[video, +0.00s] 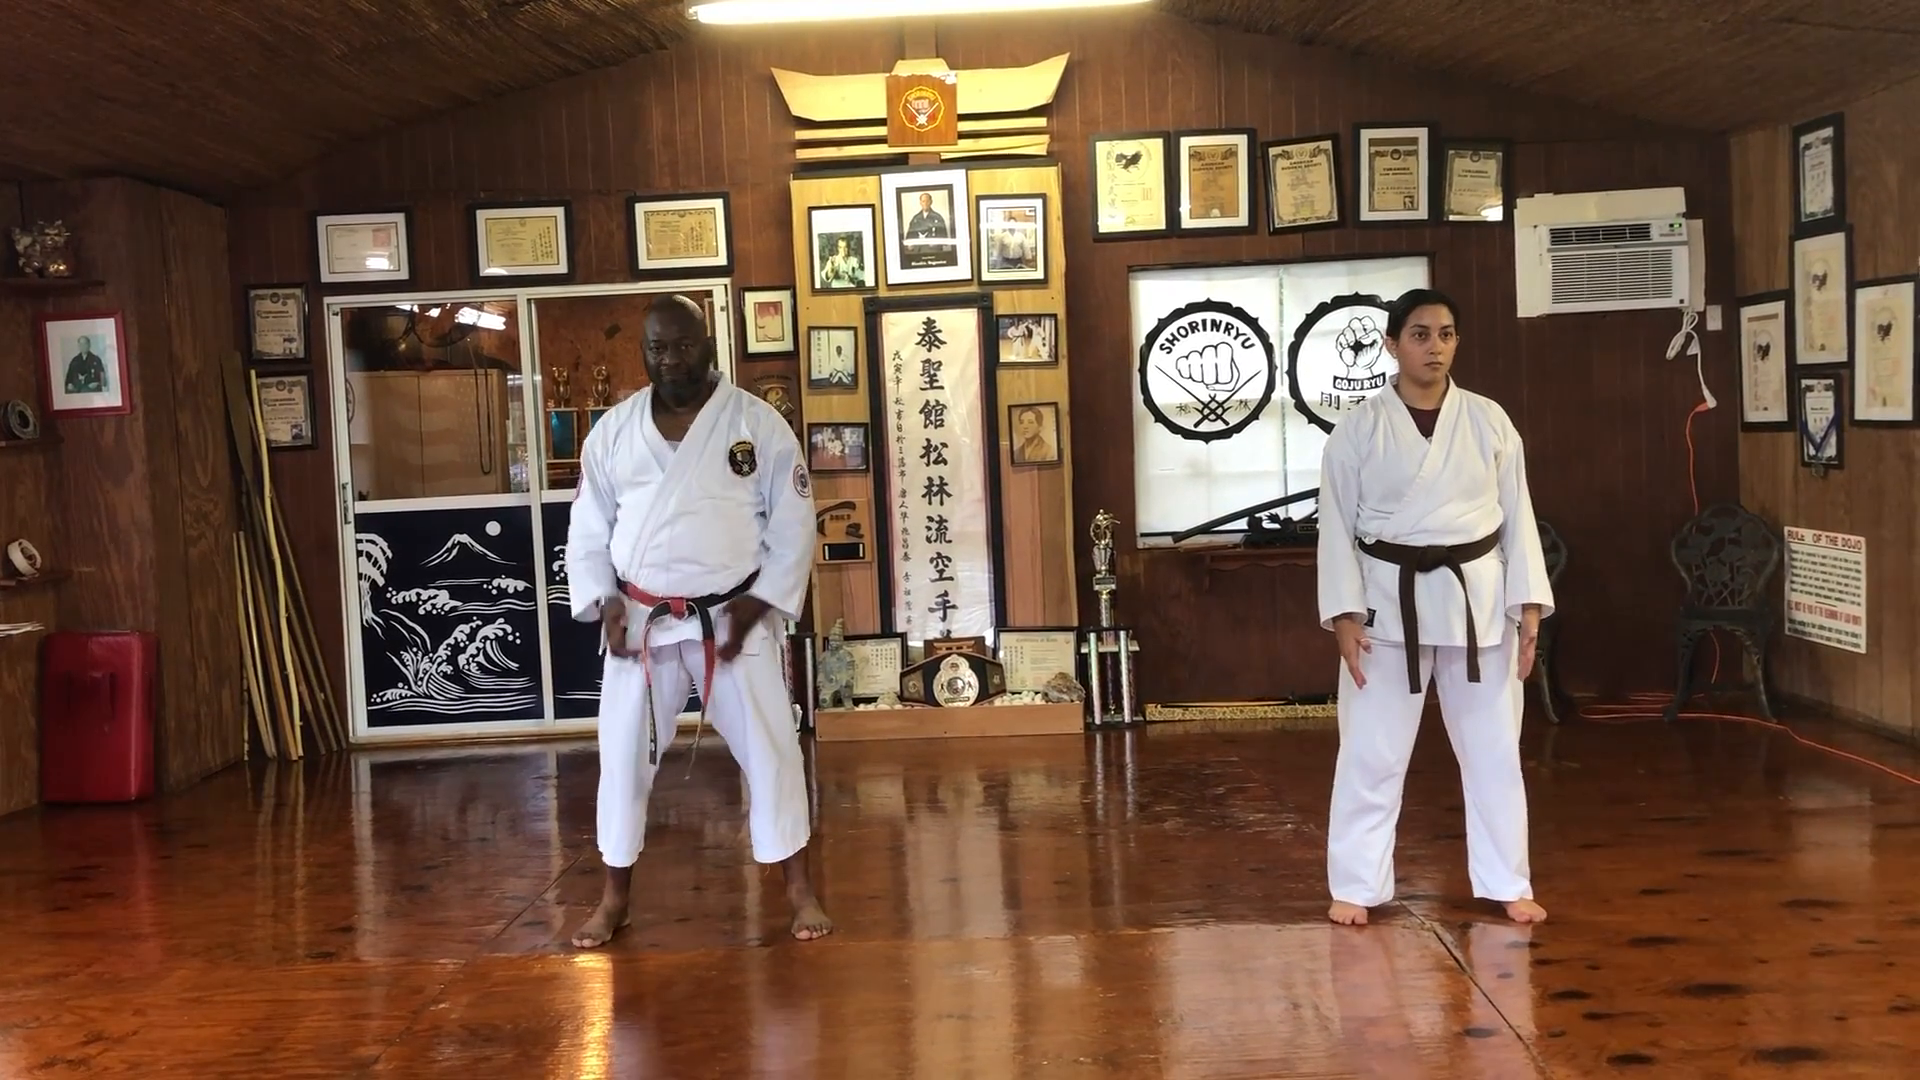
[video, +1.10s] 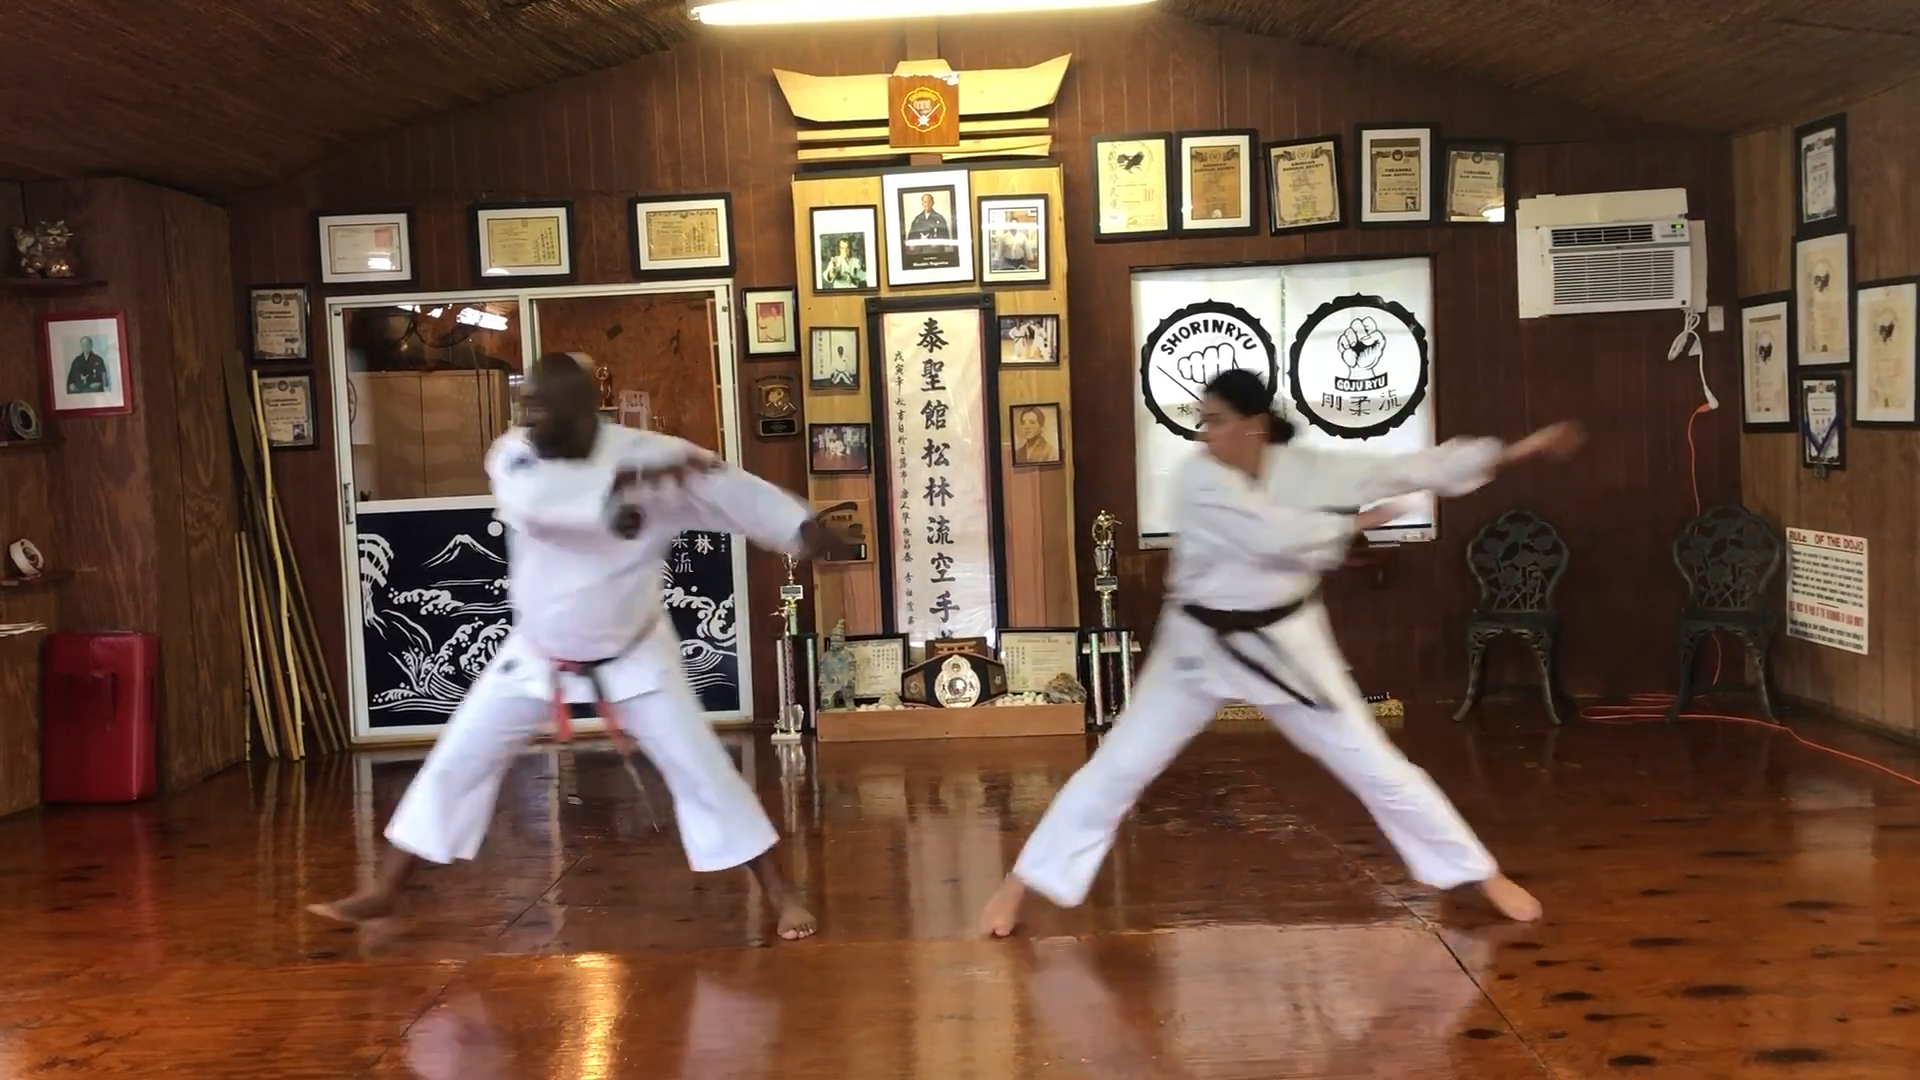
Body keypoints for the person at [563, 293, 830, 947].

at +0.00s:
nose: (668, 360)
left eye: (681, 346)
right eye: (656, 349)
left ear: (707, 344)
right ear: (642, 354)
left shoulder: (757, 424)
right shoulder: (611, 432)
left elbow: (793, 522)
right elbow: (589, 524)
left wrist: (759, 600)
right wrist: (602, 598)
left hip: (734, 615)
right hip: (639, 619)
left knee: (772, 750)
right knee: (622, 757)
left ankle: (800, 889)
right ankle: (612, 898)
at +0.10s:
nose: (653, 352)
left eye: (667, 340)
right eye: (644, 340)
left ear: (701, 340)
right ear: (633, 342)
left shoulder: (755, 405)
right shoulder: (609, 402)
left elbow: (808, 484)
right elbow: (547, 470)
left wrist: (749, 523)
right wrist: (602, 517)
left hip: (735, 594)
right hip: (643, 597)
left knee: (767, 735)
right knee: (621, 740)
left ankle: (802, 888)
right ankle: (603, 897)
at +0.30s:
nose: (651, 416)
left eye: (662, 404)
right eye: (641, 405)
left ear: (684, 390)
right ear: (626, 396)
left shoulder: (726, 425)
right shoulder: (608, 426)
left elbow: (773, 457)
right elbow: (557, 462)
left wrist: (722, 403)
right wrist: (546, 396)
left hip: (739, 619)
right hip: (648, 625)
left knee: (768, 750)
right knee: (622, 754)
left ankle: (786, 893)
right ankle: (599, 899)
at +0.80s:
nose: (659, 408)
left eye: (673, 398)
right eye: (651, 397)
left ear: (703, 391)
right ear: (639, 390)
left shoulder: (737, 429)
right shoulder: (611, 428)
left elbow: (774, 485)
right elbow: (550, 498)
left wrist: (694, 447)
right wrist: (547, 457)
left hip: (723, 618)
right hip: (632, 621)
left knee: (758, 743)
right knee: (616, 752)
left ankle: (786, 893)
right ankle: (616, 891)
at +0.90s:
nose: (657, 410)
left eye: (671, 398)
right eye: (649, 397)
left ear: (703, 396)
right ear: (639, 394)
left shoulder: (738, 445)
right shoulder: (613, 438)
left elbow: (761, 501)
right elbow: (573, 497)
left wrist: (684, 514)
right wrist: (544, 523)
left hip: (706, 629)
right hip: (611, 627)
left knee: (750, 756)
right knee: (578, 761)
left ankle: (785, 893)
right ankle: (576, 887)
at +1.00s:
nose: (604, 411)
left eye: (618, 400)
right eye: (600, 399)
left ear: (656, 400)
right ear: (596, 398)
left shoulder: (702, 450)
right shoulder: (578, 450)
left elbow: (754, 497)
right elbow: (545, 523)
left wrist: (736, 552)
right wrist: (588, 550)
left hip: (680, 642)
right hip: (583, 642)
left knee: (734, 754)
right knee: (519, 756)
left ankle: (785, 893)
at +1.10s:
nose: (526, 419)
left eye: (540, 409)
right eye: (523, 406)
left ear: (584, 411)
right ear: (524, 408)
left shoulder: (649, 457)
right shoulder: (511, 459)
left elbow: (725, 490)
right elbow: (528, 500)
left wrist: (799, 526)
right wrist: (616, 499)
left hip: (633, 651)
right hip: (536, 651)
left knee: (698, 760)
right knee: (455, 756)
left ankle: (777, 894)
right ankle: (383, 887)